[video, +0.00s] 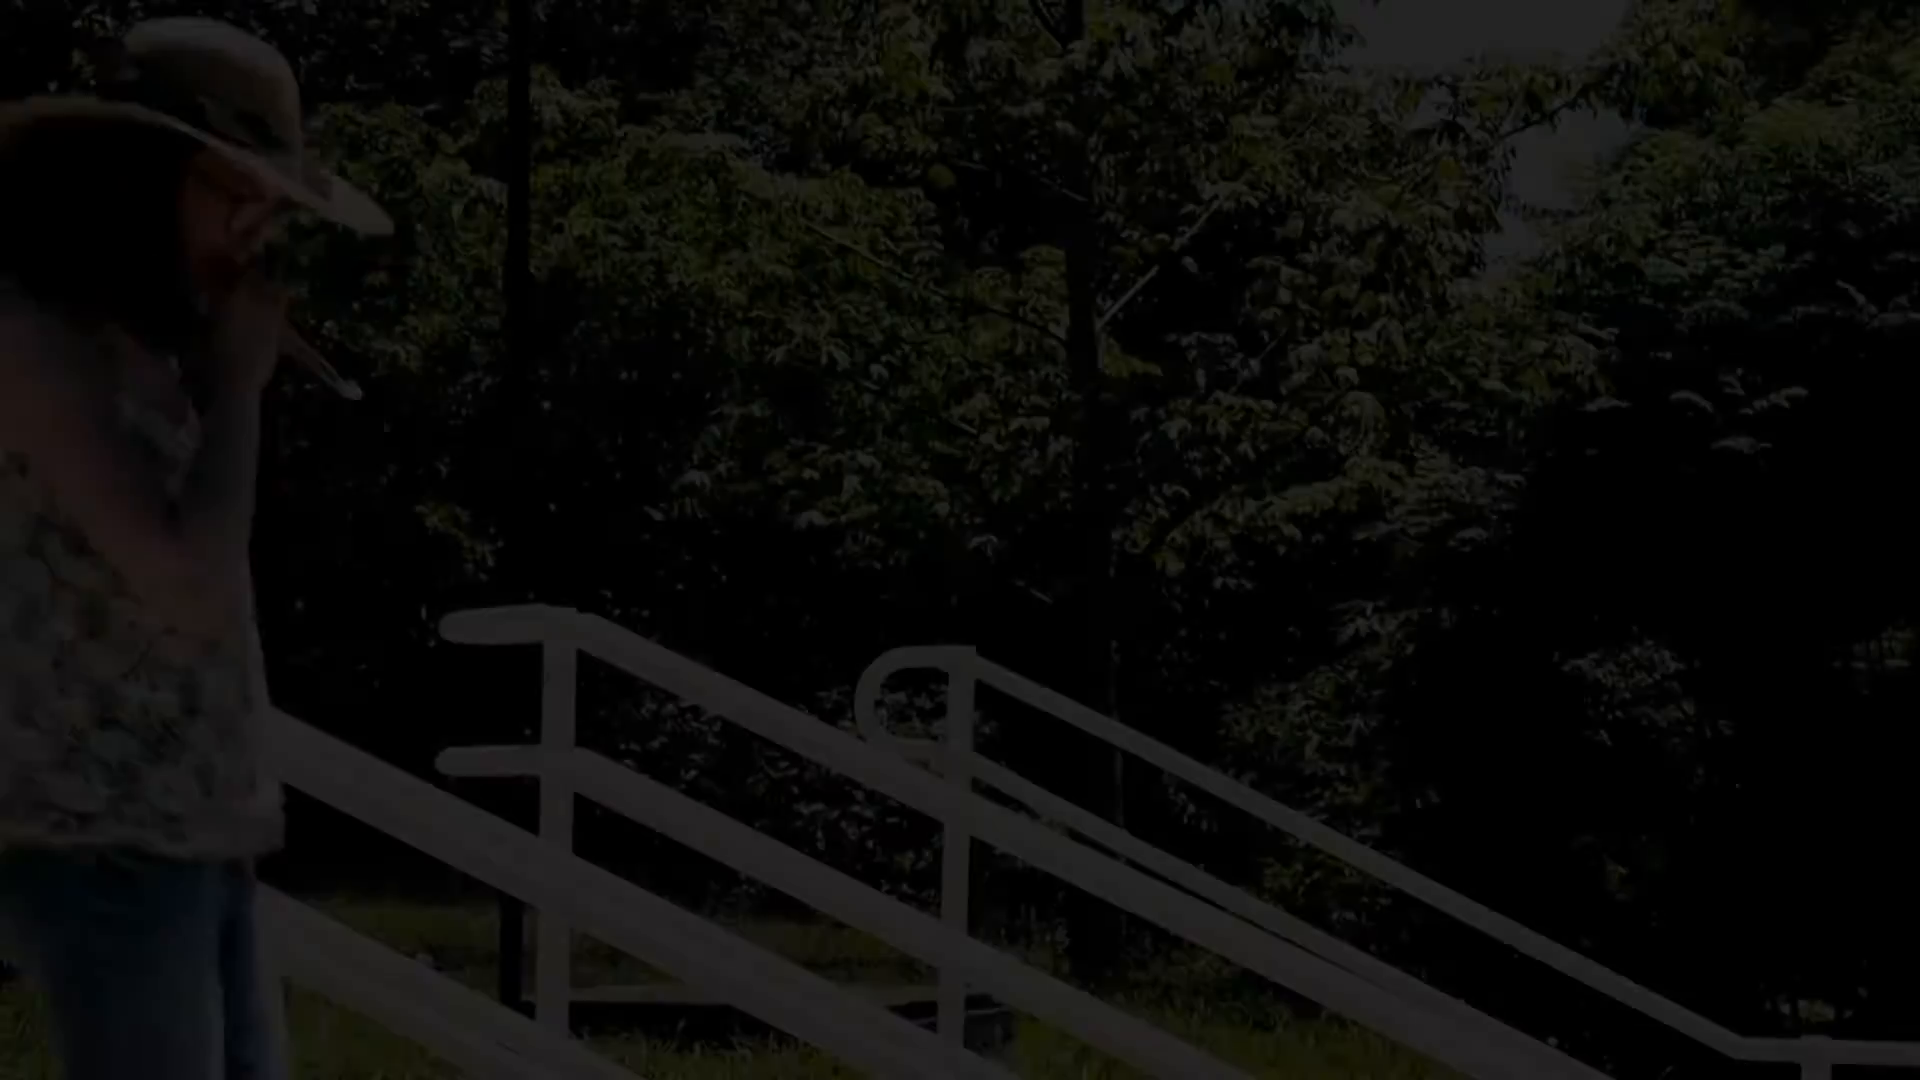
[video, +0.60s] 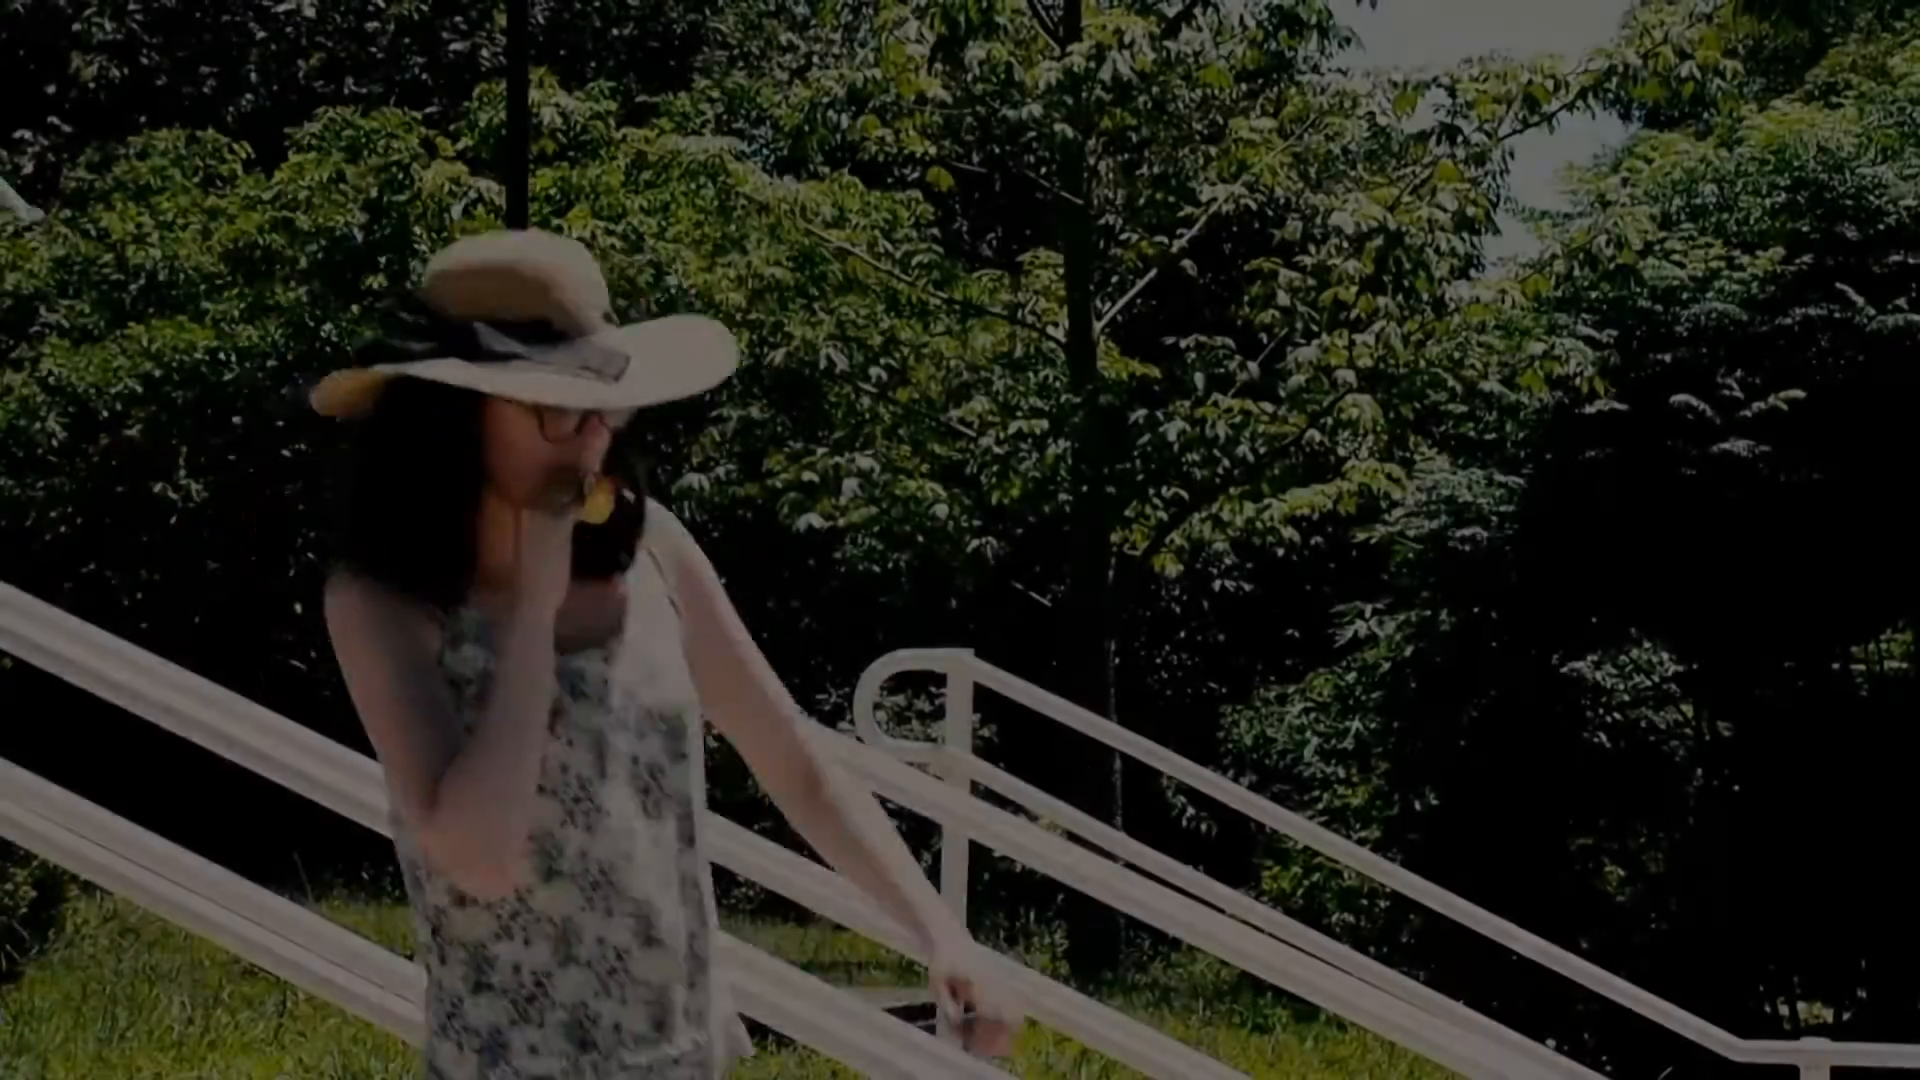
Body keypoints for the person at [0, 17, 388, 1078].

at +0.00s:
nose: (250, 234)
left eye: (264, 209)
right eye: (230, 196)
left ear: (259, 213)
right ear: (148, 183)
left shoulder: (163, 347)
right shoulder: (44, 337)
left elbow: (196, 594)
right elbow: (190, 587)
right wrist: (239, 372)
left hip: (195, 843)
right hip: (107, 851)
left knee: (239, 1059)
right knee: (159, 1063)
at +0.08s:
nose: (298, 298)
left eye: (313, 272)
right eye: (274, 260)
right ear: (181, 249)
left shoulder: (221, 418)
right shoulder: (76, 418)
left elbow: (265, 668)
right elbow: (244, 668)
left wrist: (303, 882)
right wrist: (288, 443)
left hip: (272, 901)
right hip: (175, 917)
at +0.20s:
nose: (370, 335)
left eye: (377, 306)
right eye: (341, 302)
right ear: (246, 298)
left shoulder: (321, 471)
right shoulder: (145, 468)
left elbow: (391, 711)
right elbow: (303, 708)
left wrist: (474, 919)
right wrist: (361, 481)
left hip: (365, 941)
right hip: (254, 956)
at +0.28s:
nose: (418, 315)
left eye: (430, 286)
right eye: (386, 284)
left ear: (441, 292)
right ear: (292, 283)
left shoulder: (380, 448)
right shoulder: (193, 457)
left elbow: (471, 686)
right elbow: (336, 693)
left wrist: (591, 893)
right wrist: (403, 441)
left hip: (416, 938)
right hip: (313, 951)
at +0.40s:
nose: (472, 309)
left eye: (486, 277)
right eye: (434, 280)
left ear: (507, 278)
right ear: (345, 281)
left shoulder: (498, 436)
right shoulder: (261, 454)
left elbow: (591, 672)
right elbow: (381, 695)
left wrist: (725, 853)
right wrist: (446, 449)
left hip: (526, 938)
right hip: (391, 958)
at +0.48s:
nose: (521, 341)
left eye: (535, 308)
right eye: (482, 313)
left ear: (550, 313)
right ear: (391, 317)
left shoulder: (558, 470)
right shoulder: (308, 501)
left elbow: (681, 701)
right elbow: (422, 751)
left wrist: (817, 865)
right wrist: (479, 498)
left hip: (591, 991)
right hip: (441, 1011)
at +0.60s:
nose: (586, 445)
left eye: (604, 414)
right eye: (549, 414)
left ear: (622, 411)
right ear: (462, 413)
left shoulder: (649, 550)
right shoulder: (382, 597)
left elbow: (800, 772)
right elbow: (482, 857)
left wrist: (942, 935)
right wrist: (536, 588)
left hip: (683, 1037)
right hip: (510, 1050)